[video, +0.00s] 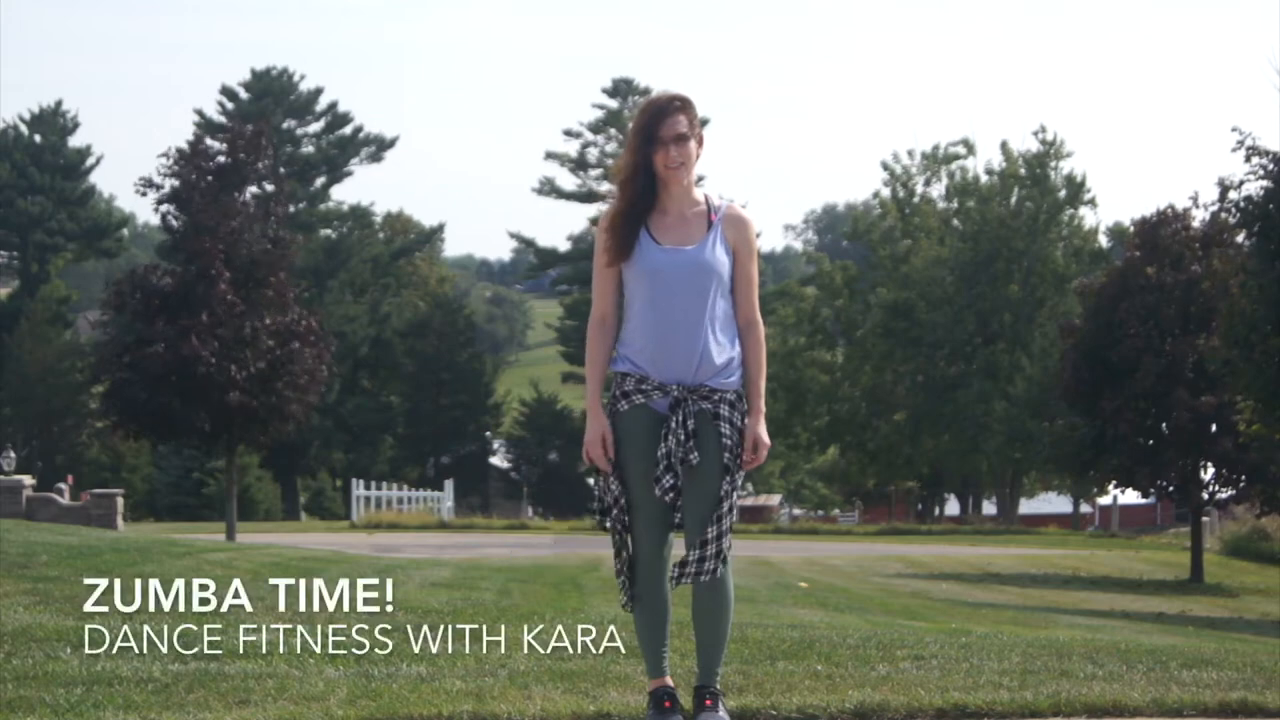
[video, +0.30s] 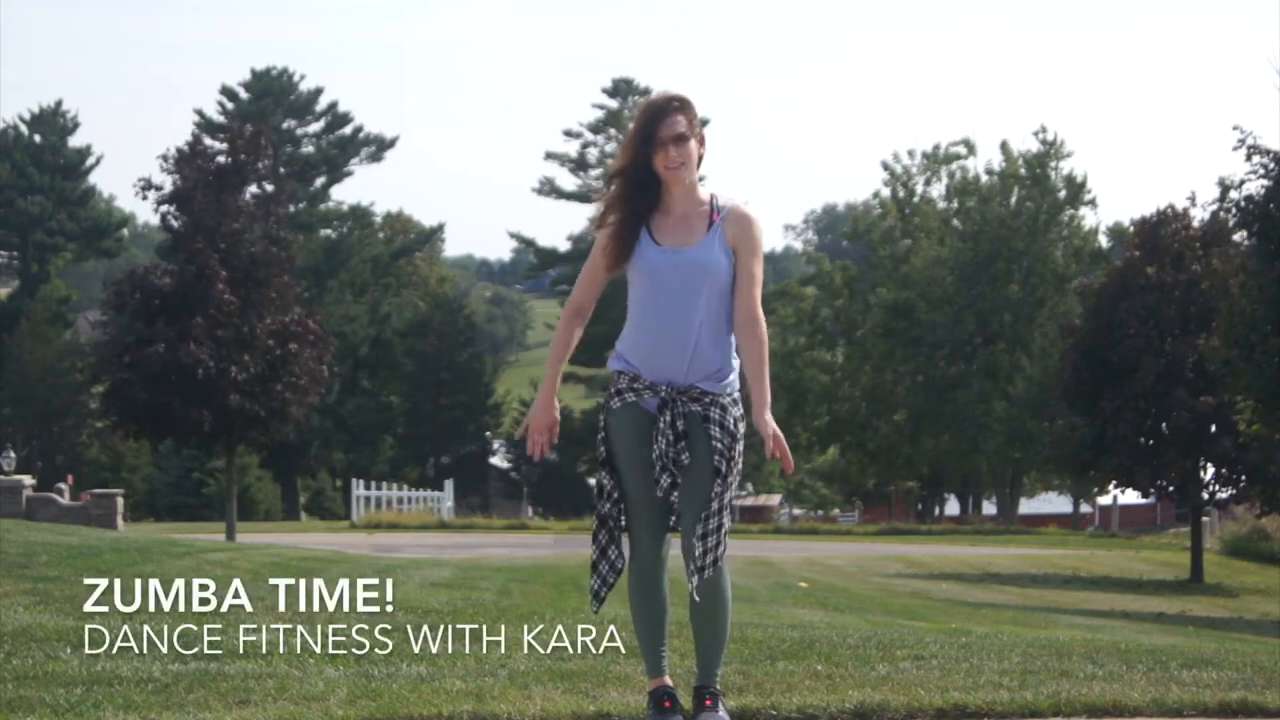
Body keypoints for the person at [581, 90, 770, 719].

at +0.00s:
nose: (675, 150)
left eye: (685, 139)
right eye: (663, 141)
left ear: (700, 145)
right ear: (646, 150)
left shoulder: (732, 223)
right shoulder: (619, 224)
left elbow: (751, 323)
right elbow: (601, 321)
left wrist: (757, 410)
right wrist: (593, 408)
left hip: (716, 395)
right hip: (638, 392)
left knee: (710, 546)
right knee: (648, 545)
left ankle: (709, 690)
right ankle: (659, 684)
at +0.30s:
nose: (676, 149)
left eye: (684, 137)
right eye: (663, 141)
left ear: (702, 142)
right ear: (647, 154)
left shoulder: (737, 224)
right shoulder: (626, 224)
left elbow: (750, 320)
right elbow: (576, 313)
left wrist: (763, 410)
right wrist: (546, 394)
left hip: (711, 396)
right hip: (635, 392)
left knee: (705, 546)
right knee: (645, 539)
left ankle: (709, 691)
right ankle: (658, 685)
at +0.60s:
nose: (678, 164)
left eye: (687, 153)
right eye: (666, 156)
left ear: (702, 158)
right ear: (648, 166)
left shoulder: (731, 223)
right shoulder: (642, 243)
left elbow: (762, 314)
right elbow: (569, 311)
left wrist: (715, 361)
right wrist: (480, 336)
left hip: (702, 405)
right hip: (633, 399)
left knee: (685, 556)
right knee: (643, 548)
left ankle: (706, 694)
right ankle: (658, 686)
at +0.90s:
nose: (689, 162)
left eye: (696, 151)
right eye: (677, 152)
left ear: (705, 154)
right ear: (649, 155)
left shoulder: (725, 215)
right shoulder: (626, 233)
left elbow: (818, 268)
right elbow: (575, 319)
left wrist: (844, 352)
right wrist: (499, 359)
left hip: (712, 401)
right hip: (645, 397)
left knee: (694, 547)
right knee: (642, 547)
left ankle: (707, 693)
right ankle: (656, 685)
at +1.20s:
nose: (696, 162)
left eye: (704, 152)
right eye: (685, 151)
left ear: (712, 156)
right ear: (658, 153)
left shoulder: (724, 222)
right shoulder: (618, 226)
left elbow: (814, 264)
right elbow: (585, 302)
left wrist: (892, 303)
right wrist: (573, 363)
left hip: (731, 397)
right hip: (656, 400)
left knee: (726, 545)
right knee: (663, 548)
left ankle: (711, 689)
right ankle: (662, 687)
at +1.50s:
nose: (704, 169)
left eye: (713, 159)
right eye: (694, 157)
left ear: (721, 166)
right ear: (669, 160)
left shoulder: (722, 243)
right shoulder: (633, 226)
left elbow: (784, 322)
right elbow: (586, 302)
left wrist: (868, 307)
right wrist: (592, 381)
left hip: (739, 408)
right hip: (671, 410)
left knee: (728, 559)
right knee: (693, 557)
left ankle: (712, 691)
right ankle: (667, 691)